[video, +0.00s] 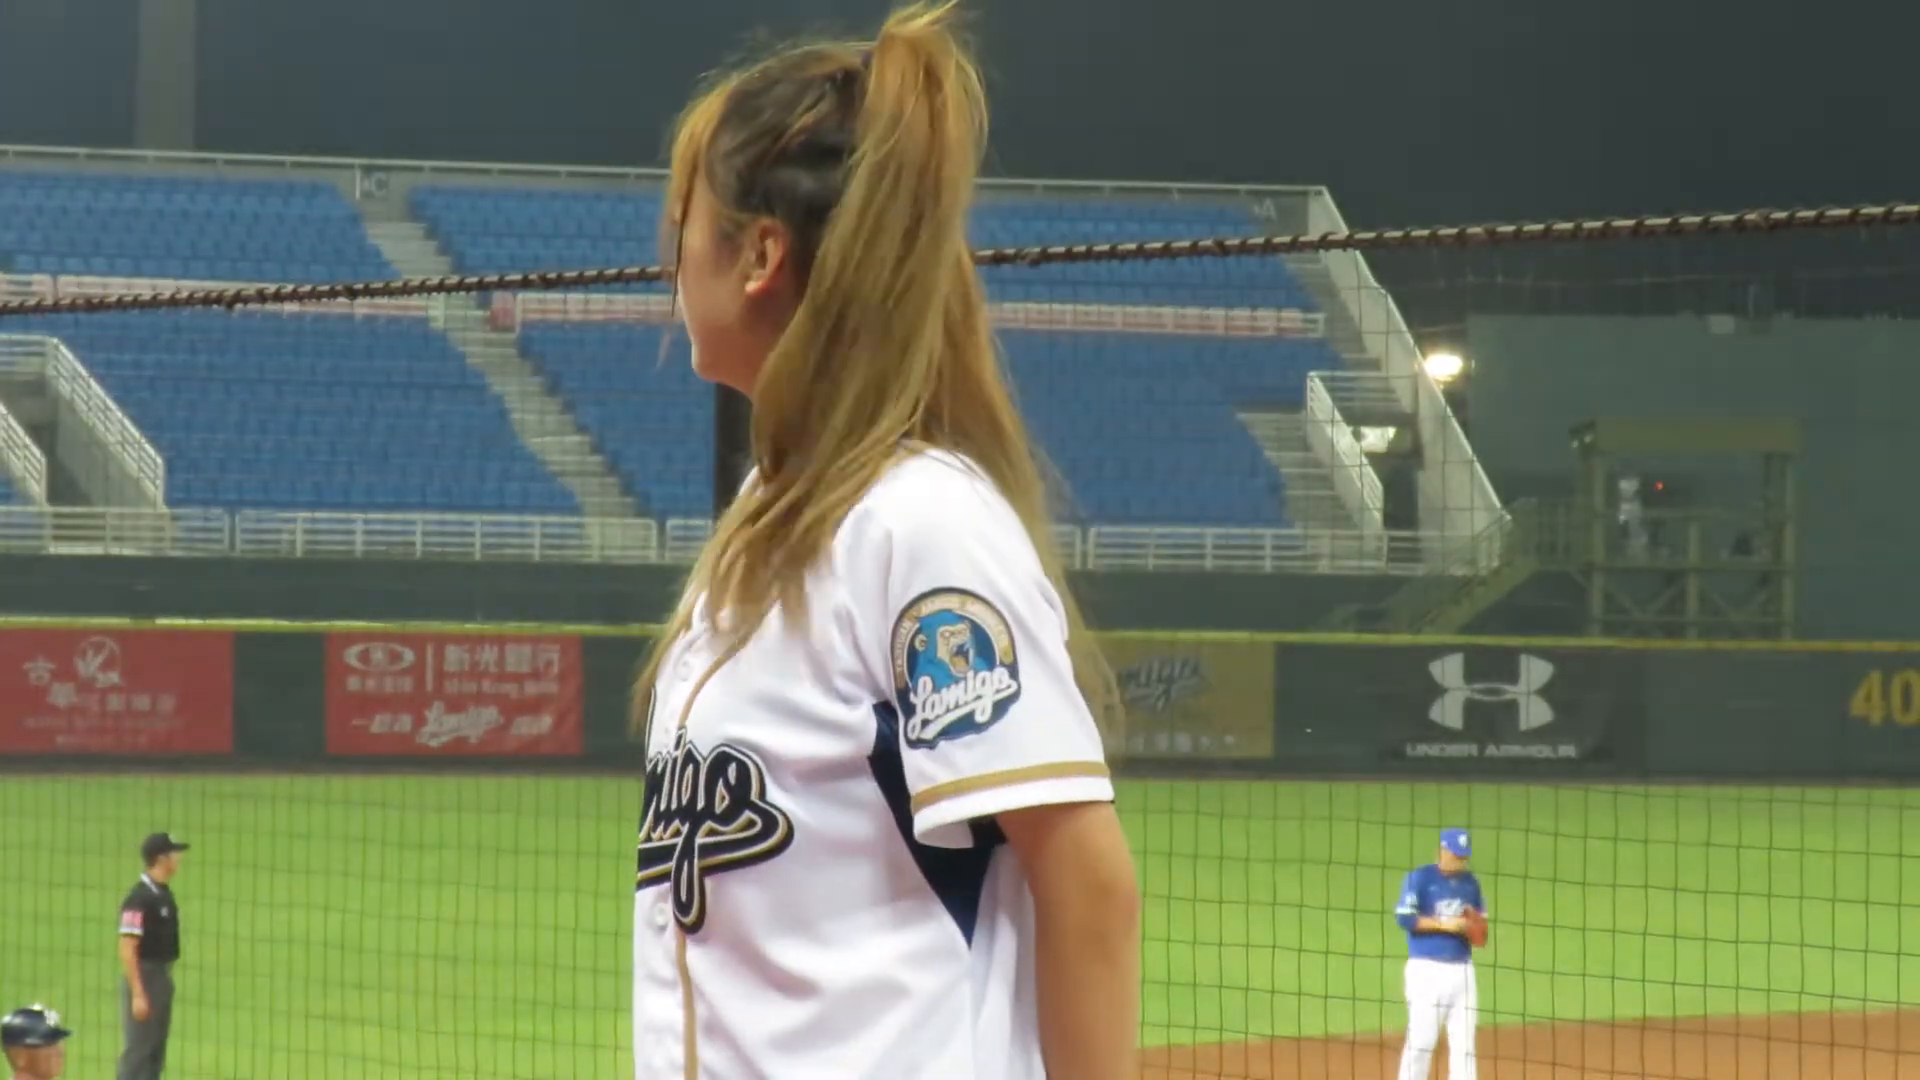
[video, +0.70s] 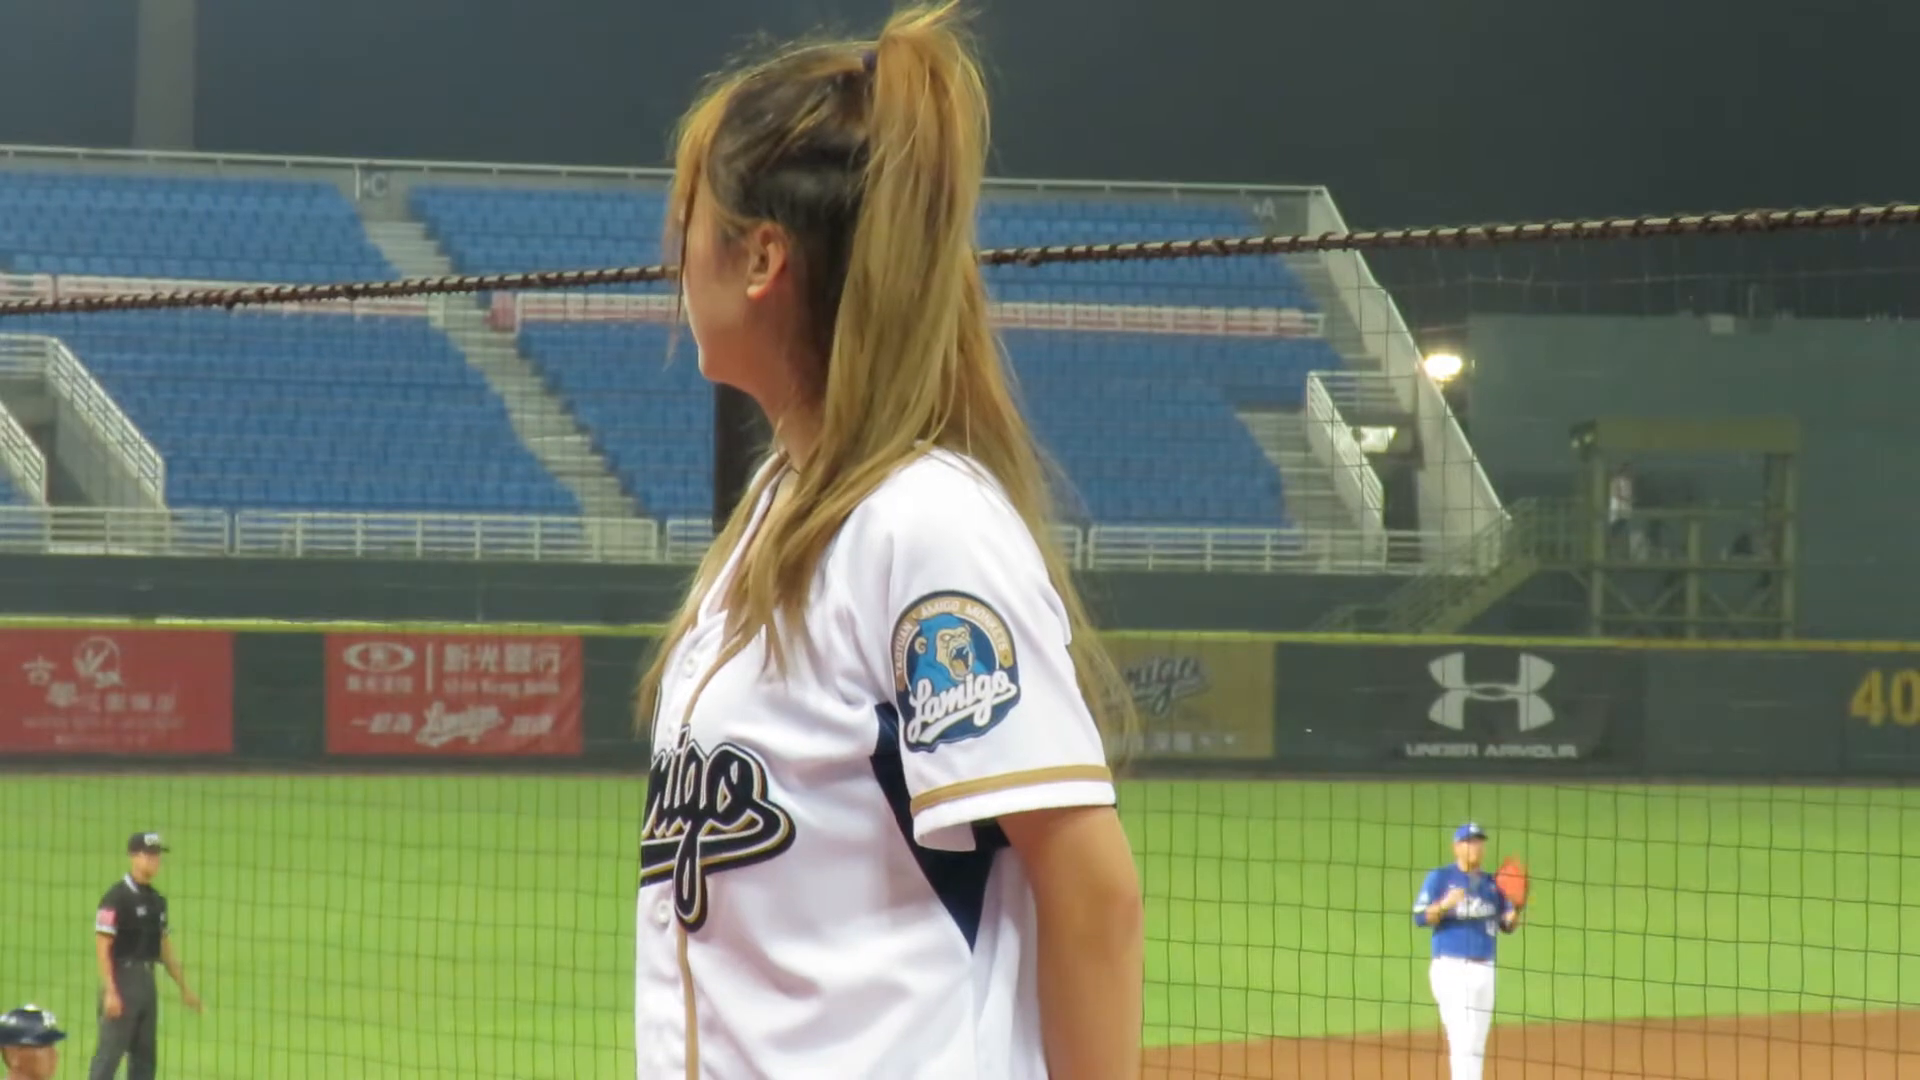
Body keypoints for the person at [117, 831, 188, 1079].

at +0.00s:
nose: (176, 861)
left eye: (175, 855)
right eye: (172, 856)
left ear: (162, 858)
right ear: (159, 859)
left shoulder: (164, 893)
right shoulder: (140, 897)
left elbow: (157, 943)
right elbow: (127, 948)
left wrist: (164, 980)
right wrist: (138, 994)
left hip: (162, 968)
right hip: (145, 968)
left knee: (156, 1045)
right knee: (141, 1046)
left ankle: (150, 1074)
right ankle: (132, 1074)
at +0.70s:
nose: (154, 862)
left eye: (156, 856)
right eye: (149, 856)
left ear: (159, 860)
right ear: (134, 856)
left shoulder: (157, 900)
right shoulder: (115, 897)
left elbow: (164, 948)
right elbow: (103, 947)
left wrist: (184, 988)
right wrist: (110, 991)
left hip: (146, 972)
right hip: (121, 971)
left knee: (144, 1053)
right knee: (110, 1051)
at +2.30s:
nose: (117, 866)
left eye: (119, 860)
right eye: (111, 859)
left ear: (122, 862)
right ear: (95, 861)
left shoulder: (121, 901)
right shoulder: (79, 903)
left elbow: (123, 950)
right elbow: (66, 955)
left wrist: (129, 988)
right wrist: (71, 1001)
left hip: (114, 973)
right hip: (87, 973)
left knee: (125, 1054)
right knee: (84, 1053)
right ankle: (81, 1074)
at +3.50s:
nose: (116, 866)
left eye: (117, 860)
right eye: (110, 859)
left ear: (118, 862)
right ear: (94, 861)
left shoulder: (118, 901)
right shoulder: (77, 904)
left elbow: (121, 952)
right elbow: (65, 954)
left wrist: (129, 992)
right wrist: (72, 1000)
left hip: (113, 973)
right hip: (87, 972)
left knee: (125, 1051)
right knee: (84, 1052)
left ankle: (127, 1076)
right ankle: (82, 1074)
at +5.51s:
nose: (147, 861)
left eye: (147, 855)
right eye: (143, 855)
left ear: (131, 857)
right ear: (125, 856)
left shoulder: (128, 893)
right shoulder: (108, 894)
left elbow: (124, 943)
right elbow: (97, 945)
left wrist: (133, 981)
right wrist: (118, 985)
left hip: (127, 968)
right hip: (112, 969)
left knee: (120, 1049)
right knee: (108, 1049)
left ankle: (115, 1073)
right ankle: (100, 1074)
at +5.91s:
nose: (139, 861)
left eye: (140, 855)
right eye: (134, 855)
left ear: (132, 858)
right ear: (116, 855)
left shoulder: (126, 893)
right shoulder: (99, 893)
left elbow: (121, 939)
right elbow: (83, 945)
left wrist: (138, 934)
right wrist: (89, 990)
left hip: (120, 966)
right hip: (102, 966)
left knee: (116, 1044)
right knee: (100, 1043)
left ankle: (109, 1074)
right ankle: (81, 1075)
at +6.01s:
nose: (133, 861)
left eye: (134, 855)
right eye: (128, 854)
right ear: (110, 855)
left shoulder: (123, 894)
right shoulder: (92, 894)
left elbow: (123, 942)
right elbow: (78, 946)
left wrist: (135, 930)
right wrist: (84, 991)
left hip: (116, 966)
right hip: (97, 966)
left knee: (114, 1045)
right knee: (96, 1043)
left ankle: (107, 1075)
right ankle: (72, 1075)